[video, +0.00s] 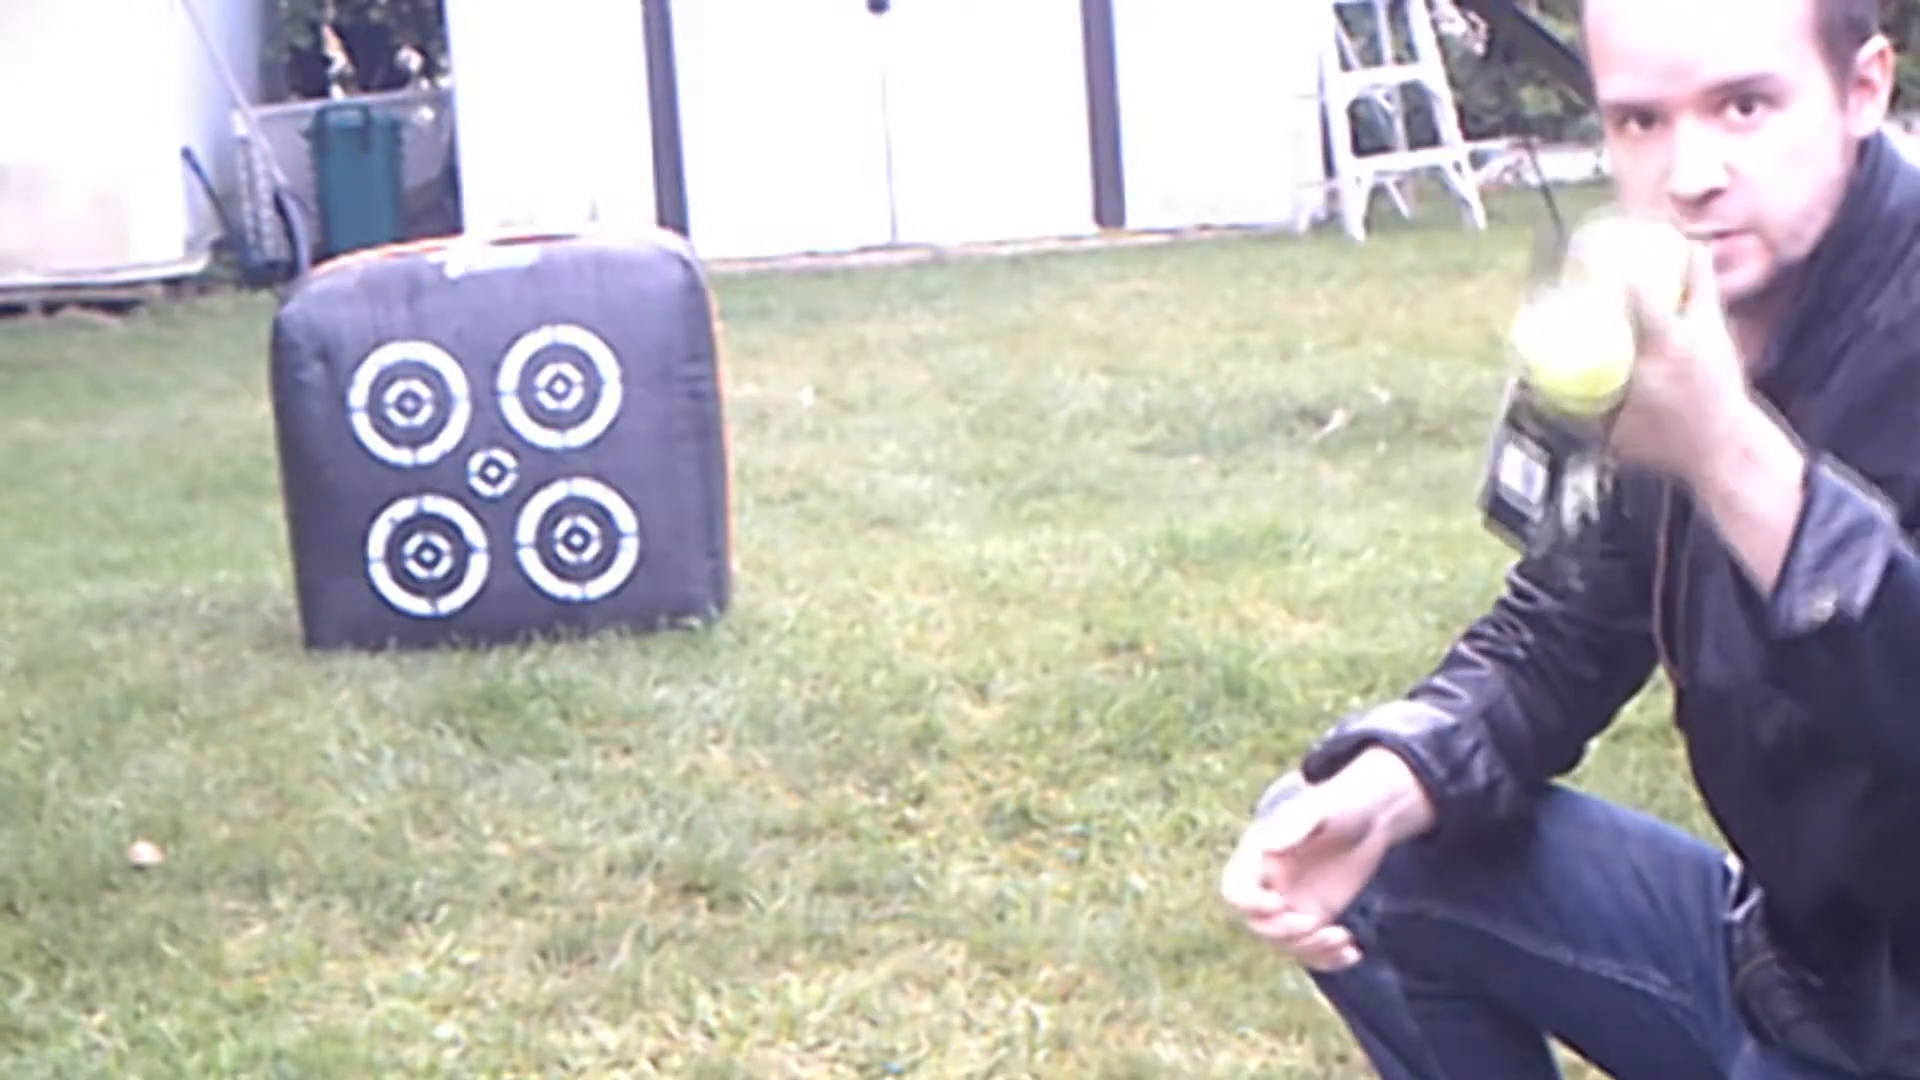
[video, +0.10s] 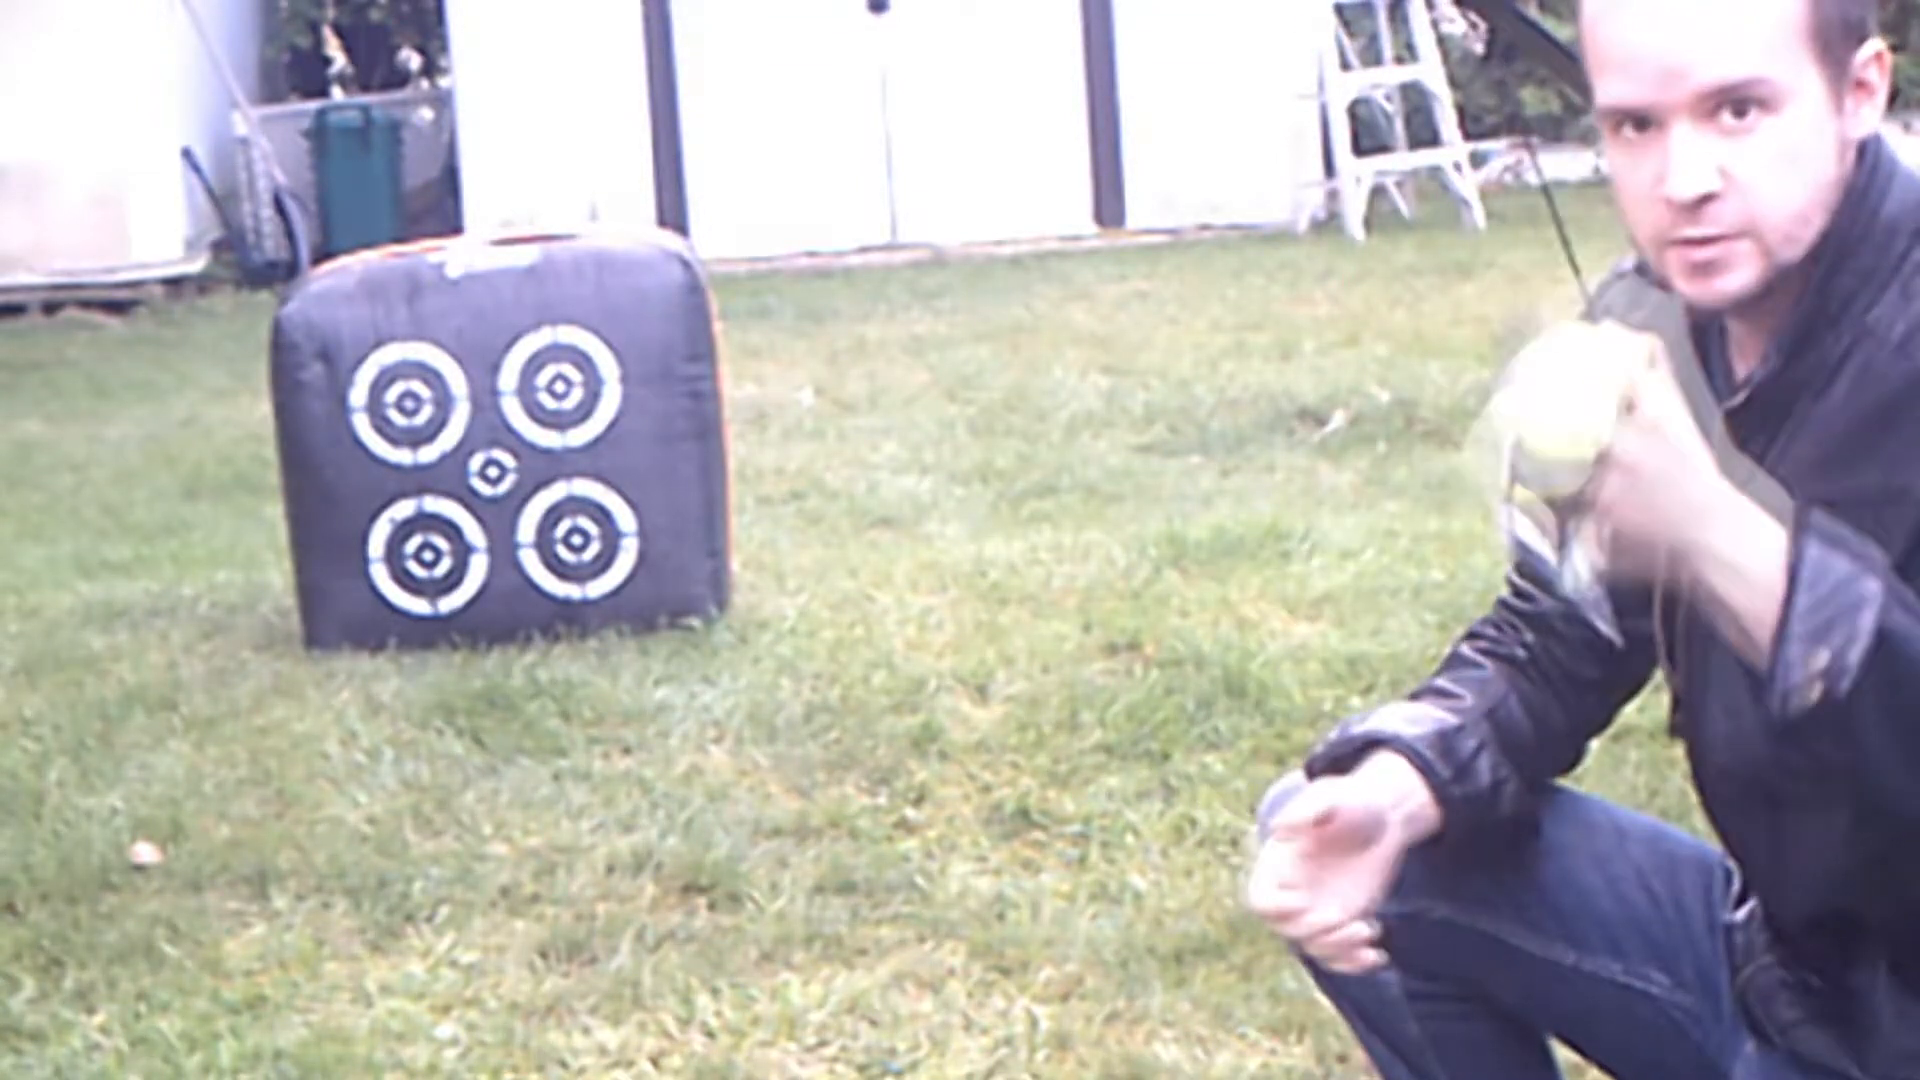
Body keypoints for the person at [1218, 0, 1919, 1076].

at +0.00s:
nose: (1688, 178)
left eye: (1745, 106)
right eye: (1640, 121)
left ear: (1865, 89)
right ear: (1601, 129)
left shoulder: (1905, 333)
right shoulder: (1698, 318)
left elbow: (1902, 711)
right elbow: (1562, 629)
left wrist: (1725, 451)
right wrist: (1398, 778)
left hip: (1881, 1045)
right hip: (1769, 942)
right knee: (1376, 869)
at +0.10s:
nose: (1683, 183)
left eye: (1738, 111)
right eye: (1635, 125)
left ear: (1862, 94)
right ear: (1598, 132)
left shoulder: (1905, 338)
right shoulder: (1646, 322)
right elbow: (1555, 637)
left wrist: (1712, 530)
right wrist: (1407, 781)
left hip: (1883, 1047)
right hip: (1766, 945)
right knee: (1360, 852)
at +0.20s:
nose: (1667, 193)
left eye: (1722, 124)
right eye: (1621, 139)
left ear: (1855, 104)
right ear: (1589, 135)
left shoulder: (1903, 357)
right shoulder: (1630, 336)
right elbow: (1563, 645)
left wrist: (1688, 677)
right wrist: (1423, 774)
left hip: (1883, 1046)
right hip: (1759, 949)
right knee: (1329, 842)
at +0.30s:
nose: (1639, 223)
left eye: (1696, 156)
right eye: (1602, 165)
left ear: (1840, 120)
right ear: (1573, 143)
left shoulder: (1899, 383)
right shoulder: (1629, 342)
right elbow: (1559, 625)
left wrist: (1695, 836)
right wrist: (1438, 768)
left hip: (1876, 1030)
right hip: (1740, 943)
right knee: (1333, 842)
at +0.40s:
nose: (1618, 250)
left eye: (1672, 187)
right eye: (1585, 190)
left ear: (1826, 142)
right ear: (1560, 160)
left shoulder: (1899, 401)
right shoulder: (1626, 345)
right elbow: (1550, 619)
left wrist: (1718, 920)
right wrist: (1453, 805)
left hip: (1885, 1032)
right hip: (1758, 965)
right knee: (1335, 818)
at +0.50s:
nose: (1606, 271)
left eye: (1660, 211)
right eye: (1577, 211)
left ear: (1818, 162)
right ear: (1553, 173)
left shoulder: (1899, 419)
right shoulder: (1625, 348)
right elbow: (1548, 616)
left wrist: (1722, 940)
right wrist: (1459, 824)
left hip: (1879, 1028)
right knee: (1339, 816)